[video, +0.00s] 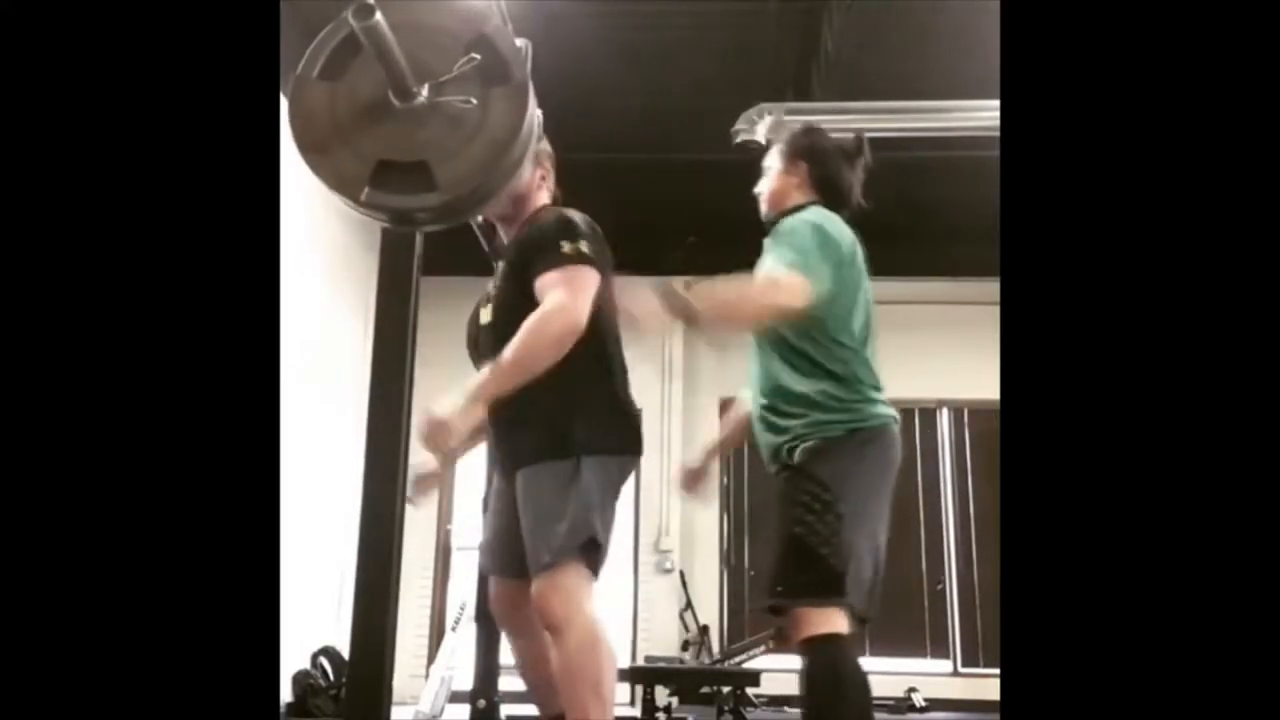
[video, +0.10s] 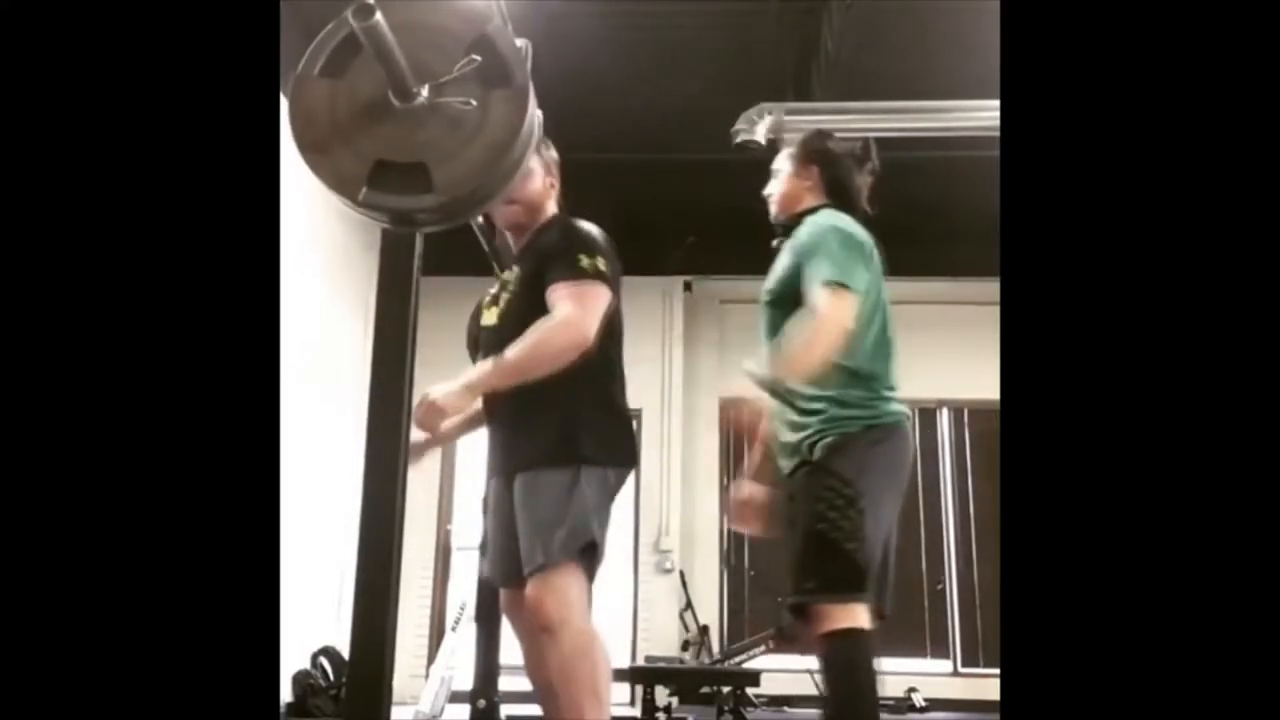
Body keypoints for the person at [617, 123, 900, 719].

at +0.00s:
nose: (759, 181)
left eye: (770, 169)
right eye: (763, 169)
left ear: (802, 175)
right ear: (809, 179)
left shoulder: (809, 228)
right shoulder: (802, 243)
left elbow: (786, 293)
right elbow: (779, 382)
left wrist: (680, 300)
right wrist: (712, 451)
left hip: (840, 440)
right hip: (822, 444)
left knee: (816, 613)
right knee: (808, 619)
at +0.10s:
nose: (768, 187)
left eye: (778, 174)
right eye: (770, 175)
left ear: (812, 179)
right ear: (810, 181)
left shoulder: (830, 230)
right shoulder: (805, 246)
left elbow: (831, 318)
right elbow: (795, 388)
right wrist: (762, 473)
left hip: (854, 436)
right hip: (828, 443)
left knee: (837, 606)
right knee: (832, 610)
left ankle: (854, 717)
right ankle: (851, 715)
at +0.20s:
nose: (775, 184)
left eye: (785, 172)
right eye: (777, 174)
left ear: (820, 176)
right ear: (813, 179)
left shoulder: (844, 230)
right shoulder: (810, 244)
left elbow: (856, 325)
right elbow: (805, 383)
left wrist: (817, 414)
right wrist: (784, 475)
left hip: (868, 430)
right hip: (839, 434)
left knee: (850, 598)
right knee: (836, 602)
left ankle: (868, 719)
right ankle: (863, 716)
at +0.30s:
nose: (787, 183)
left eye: (796, 171)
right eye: (789, 173)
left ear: (832, 173)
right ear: (828, 176)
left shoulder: (862, 228)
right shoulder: (823, 243)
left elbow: (883, 332)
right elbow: (830, 366)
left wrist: (875, 434)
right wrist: (816, 471)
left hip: (871, 435)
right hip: (836, 441)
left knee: (865, 592)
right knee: (842, 598)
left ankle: (913, 712)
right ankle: (869, 711)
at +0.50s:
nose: (821, 180)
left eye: (831, 167)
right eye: (822, 169)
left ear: (869, 168)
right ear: (861, 173)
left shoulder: (905, 225)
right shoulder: (857, 243)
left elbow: (921, 322)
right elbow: (856, 366)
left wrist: (892, 426)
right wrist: (837, 467)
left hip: (914, 439)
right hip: (864, 448)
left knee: (927, 610)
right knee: (869, 615)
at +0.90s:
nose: (907, 164)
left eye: (918, 147)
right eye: (907, 151)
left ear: (962, 145)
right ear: (951, 151)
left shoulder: (990, 204)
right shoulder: (943, 231)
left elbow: (1002, 313)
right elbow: (927, 369)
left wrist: (954, 400)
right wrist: (894, 458)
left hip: (984, 447)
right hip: (937, 455)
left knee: (993, 623)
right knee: (934, 623)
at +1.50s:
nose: (997, 154)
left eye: (997, 143)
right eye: (996, 144)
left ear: (996, 156)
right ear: (990, 157)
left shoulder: (989, 268)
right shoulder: (990, 269)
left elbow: (979, 367)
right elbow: (981, 367)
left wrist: (938, 457)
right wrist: (938, 455)